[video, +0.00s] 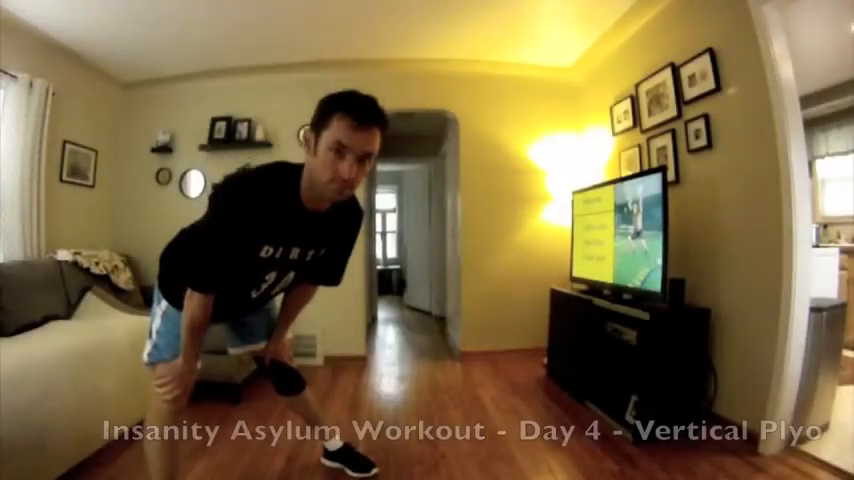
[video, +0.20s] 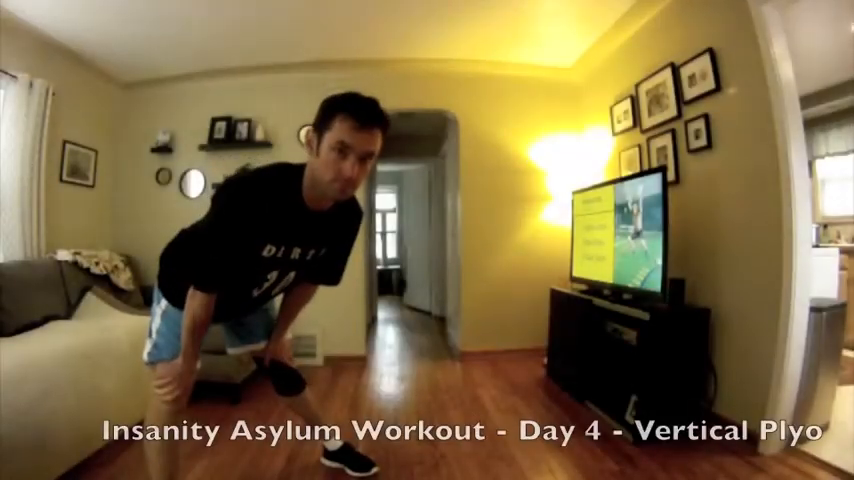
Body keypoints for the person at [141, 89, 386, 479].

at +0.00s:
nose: (348, 172)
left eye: (363, 160)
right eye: (338, 152)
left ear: (373, 163)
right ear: (308, 140)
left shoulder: (347, 216)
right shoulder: (248, 191)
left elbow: (308, 282)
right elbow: (201, 284)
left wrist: (280, 337)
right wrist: (187, 363)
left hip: (251, 296)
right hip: (187, 293)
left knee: (282, 371)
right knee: (170, 394)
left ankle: (333, 444)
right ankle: (162, 477)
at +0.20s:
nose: (350, 172)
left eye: (365, 159)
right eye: (341, 151)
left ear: (375, 162)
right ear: (310, 141)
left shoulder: (346, 216)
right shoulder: (250, 192)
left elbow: (309, 282)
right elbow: (203, 284)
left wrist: (279, 337)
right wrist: (187, 364)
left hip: (250, 295)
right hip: (186, 291)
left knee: (282, 372)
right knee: (171, 395)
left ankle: (333, 444)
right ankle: (162, 477)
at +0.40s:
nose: (352, 160)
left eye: (365, 149)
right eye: (342, 141)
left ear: (373, 152)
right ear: (311, 135)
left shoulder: (346, 208)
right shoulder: (251, 185)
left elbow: (310, 275)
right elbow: (207, 278)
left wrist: (282, 333)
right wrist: (190, 361)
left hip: (251, 293)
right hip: (188, 291)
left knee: (284, 370)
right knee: (171, 392)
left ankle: (332, 443)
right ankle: (163, 478)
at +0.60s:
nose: (350, 139)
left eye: (362, 128)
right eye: (340, 122)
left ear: (369, 134)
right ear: (311, 119)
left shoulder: (343, 193)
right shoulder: (251, 172)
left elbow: (313, 265)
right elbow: (210, 269)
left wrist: (288, 329)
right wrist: (195, 357)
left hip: (251, 290)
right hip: (190, 285)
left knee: (290, 368)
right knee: (178, 389)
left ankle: (328, 442)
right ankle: (163, 476)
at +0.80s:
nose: (348, 124)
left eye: (360, 114)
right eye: (338, 108)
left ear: (368, 120)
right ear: (310, 106)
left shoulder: (343, 183)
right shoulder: (252, 161)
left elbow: (317, 259)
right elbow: (214, 263)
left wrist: (295, 329)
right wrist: (199, 355)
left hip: (255, 288)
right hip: (194, 286)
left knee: (301, 364)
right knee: (186, 388)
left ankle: (333, 445)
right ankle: (168, 476)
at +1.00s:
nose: (351, 113)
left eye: (362, 103)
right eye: (341, 97)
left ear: (371, 110)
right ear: (313, 97)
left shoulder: (345, 176)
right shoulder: (257, 154)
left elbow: (323, 254)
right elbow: (217, 251)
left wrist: (306, 325)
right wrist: (215, 352)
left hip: (262, 287)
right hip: (201, 285)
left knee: (313, 366)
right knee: (200, 386)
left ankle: (334, 446)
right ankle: (171, 474)